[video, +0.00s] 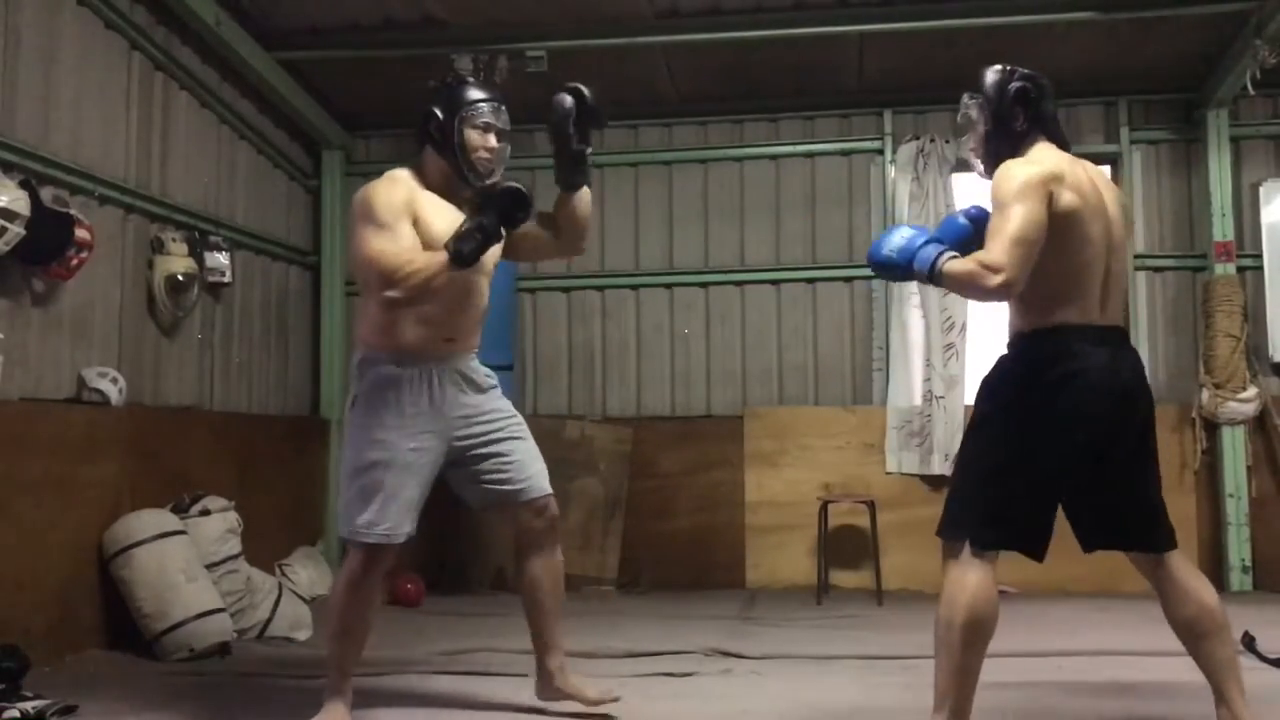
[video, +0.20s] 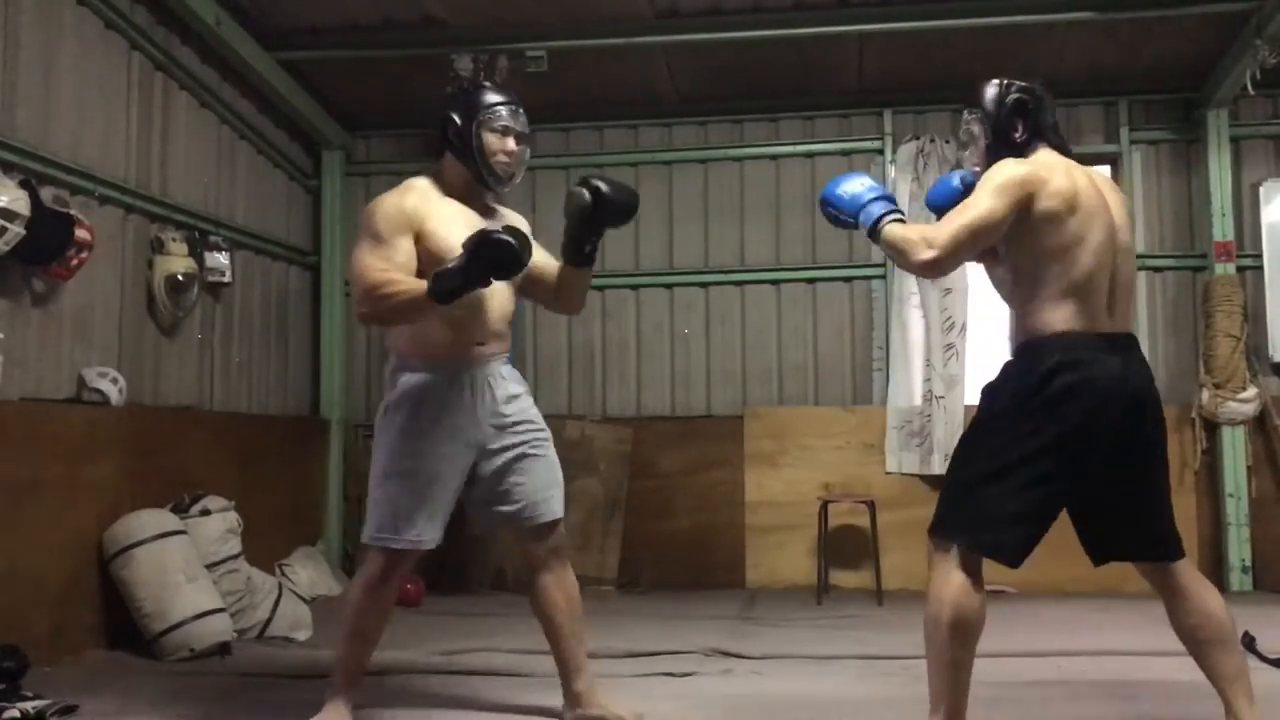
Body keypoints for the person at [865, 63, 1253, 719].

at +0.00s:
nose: (968, 139)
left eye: (972, 122)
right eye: (967, 123)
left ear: (1003, 120)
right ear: (1037, 118)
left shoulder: (1023, 174)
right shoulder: (1100, 178)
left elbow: (998, 277)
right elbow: (1074, 263)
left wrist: (926, 260)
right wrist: (991, 231)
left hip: (1041, 378)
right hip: (1118, 376)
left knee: (970, 547)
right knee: (1158, 553)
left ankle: (948, 713)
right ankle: (1237, 708)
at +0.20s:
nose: (972, 144)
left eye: (976, 132)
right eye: (972, 133)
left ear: (1007, 132)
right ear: (1044, 128)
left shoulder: (1017, 175)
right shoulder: (1104, 184)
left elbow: (927, 254)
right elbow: (1029, 287)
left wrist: (875, 215)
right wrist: (977, 231)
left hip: (1046, 382)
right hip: (1126, 380)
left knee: (955, 551)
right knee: (1168, 563)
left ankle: (946, 713)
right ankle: (1245, 708)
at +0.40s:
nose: (988, 142)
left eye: (993, 127)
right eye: (987, 127)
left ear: (1023, 124)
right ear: (1058, 121)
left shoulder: (1034, 173)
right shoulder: (1121, 184)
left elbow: (990, 279)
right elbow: (1095, 267)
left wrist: (930, 249)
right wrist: (1011, 230)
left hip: (1046, 382)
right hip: (1128, 381)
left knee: (956, 542)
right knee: (1171, 560)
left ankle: (945, 713)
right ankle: (1245, 711)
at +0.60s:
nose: (982, 140)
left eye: (985, 124)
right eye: (981, 126)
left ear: (1017, 118)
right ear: (1057, 117)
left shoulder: (1027, 167)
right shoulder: (1122, 184)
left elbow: (962, 242)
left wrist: (896, 199)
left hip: (1043, 379)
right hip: (1128, 379)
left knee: (956, 545)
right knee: (1176, 558)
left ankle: (945, 713)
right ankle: (1249, 710)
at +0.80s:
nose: (977, 127)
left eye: (982, 115)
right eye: (977, 116)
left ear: (1010, 116)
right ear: (1050, 114)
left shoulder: (999, 171)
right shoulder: (1119, 176)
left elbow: (869, 202)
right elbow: (1099, 250)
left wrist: (826, 162)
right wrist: (1003, 244)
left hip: (1053, 376)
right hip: (1142, 370)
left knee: (972, 551)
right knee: (1196, 554)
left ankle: (946, 713)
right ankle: (1260, 710)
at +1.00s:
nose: (1019, 143)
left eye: (1023, 128)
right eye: (1019, 128)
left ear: (1051, 127)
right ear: (1097, 125)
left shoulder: (1046, 188)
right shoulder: (1172, 197)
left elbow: (927, 253)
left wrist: (873, 232)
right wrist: (1038, 187)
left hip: (1081, 391)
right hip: (1173, 391)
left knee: (987, 556)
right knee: (1226, 569)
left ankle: (949, 712)